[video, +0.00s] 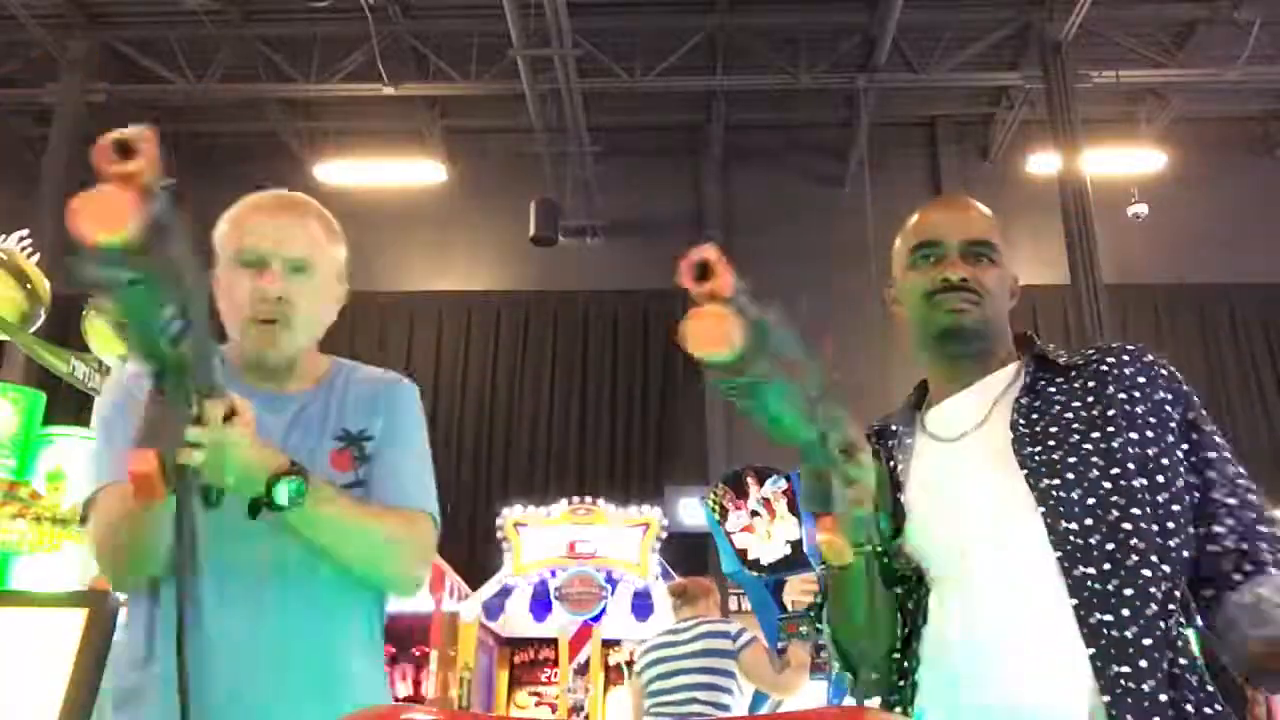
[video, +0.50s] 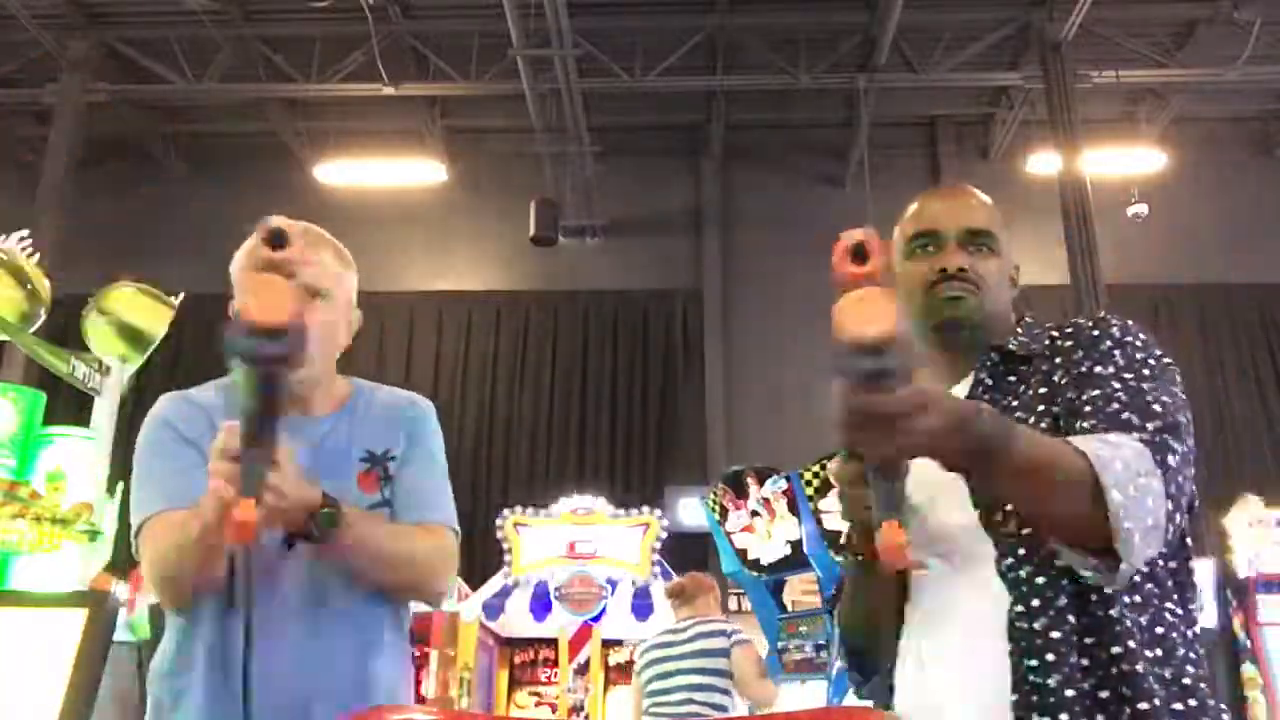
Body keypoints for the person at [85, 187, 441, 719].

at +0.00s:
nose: (273, 288)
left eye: (299, 270)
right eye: (250, 265)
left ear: (338, 295)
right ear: (216, 283)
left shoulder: (383, 401)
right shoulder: (147, 387)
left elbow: (407, 562)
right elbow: (123, 568)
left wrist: (267, 472)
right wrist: (165, 462)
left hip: (329, 704)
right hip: (162, 704)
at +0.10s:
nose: (260, 290)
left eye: (288, 271)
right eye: (241, 266)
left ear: (329, 301)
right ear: (208, 280)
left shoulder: (378, 403)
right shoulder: (139, 390)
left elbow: (401, 562)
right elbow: (119, 559)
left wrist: (271, 472)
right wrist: (171, 462)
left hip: (316, 707)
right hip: (153, 706)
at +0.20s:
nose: (295, 309)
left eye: (320, 291)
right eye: (274, 288)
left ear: (360, 314)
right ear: (241, 306)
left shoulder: (405, 418)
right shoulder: (198, 408)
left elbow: (419, 568)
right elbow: (154, 582)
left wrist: (276, 485)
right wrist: (161, 478)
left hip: (343, 706)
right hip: (199, 705)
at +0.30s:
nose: (317, 317)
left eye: (343, 298)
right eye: (297, 295)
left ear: (377, 327)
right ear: (263, 315)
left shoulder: (421, 427)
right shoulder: (211, 414)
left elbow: (430, 571)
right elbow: (171, 584)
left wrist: (288, 495)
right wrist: (174, 474)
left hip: (358, 706)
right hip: (212, 705)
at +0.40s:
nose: (303, 317)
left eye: (328, 300)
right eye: (284, 296)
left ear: (365, 330)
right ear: (251, 313)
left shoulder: (415, 426)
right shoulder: (195, 416)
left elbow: (437, 575)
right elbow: (179, 587)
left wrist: (310, 506)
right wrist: (223, 494)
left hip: (362, 709)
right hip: (206, 707)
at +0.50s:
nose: (290, 315)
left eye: (315, 297)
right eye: (272, 295)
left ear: (353, 323)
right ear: (238, 314)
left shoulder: (404, 421)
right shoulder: (180, 419)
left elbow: (435, 571)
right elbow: (171, 585)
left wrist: (316, 512)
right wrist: (217, 508)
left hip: (356, 710)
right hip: (206, 709)